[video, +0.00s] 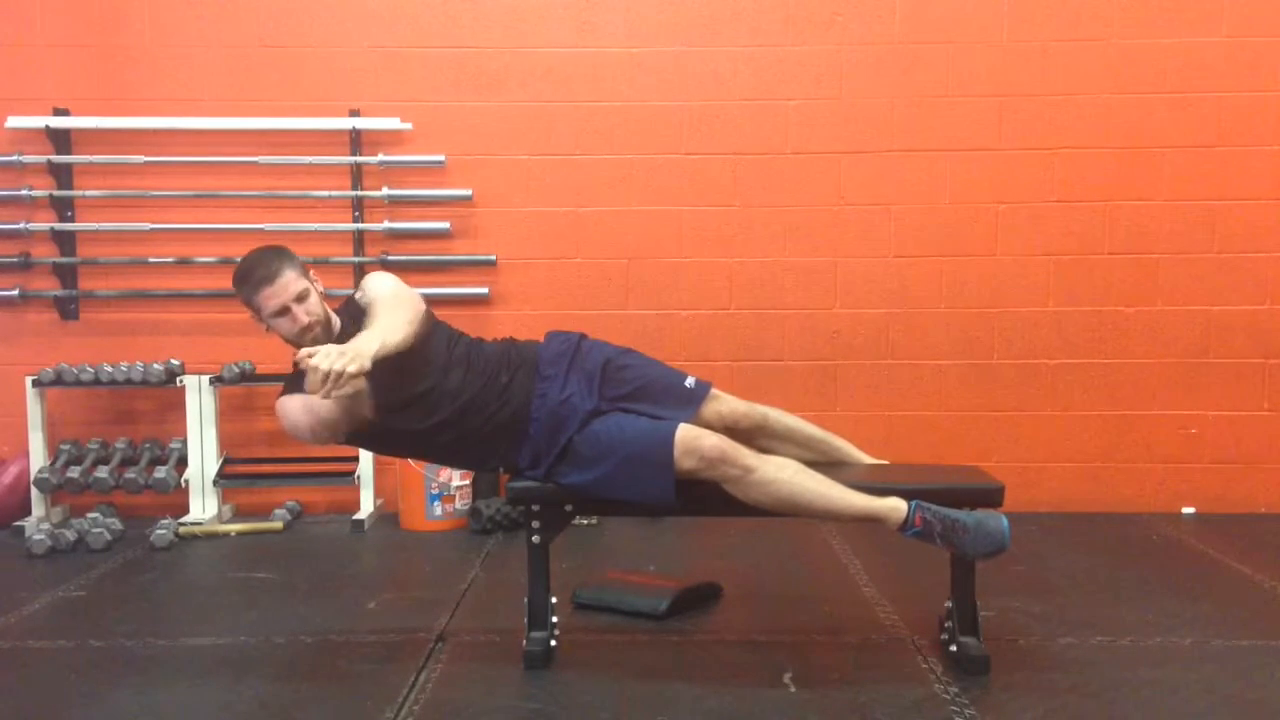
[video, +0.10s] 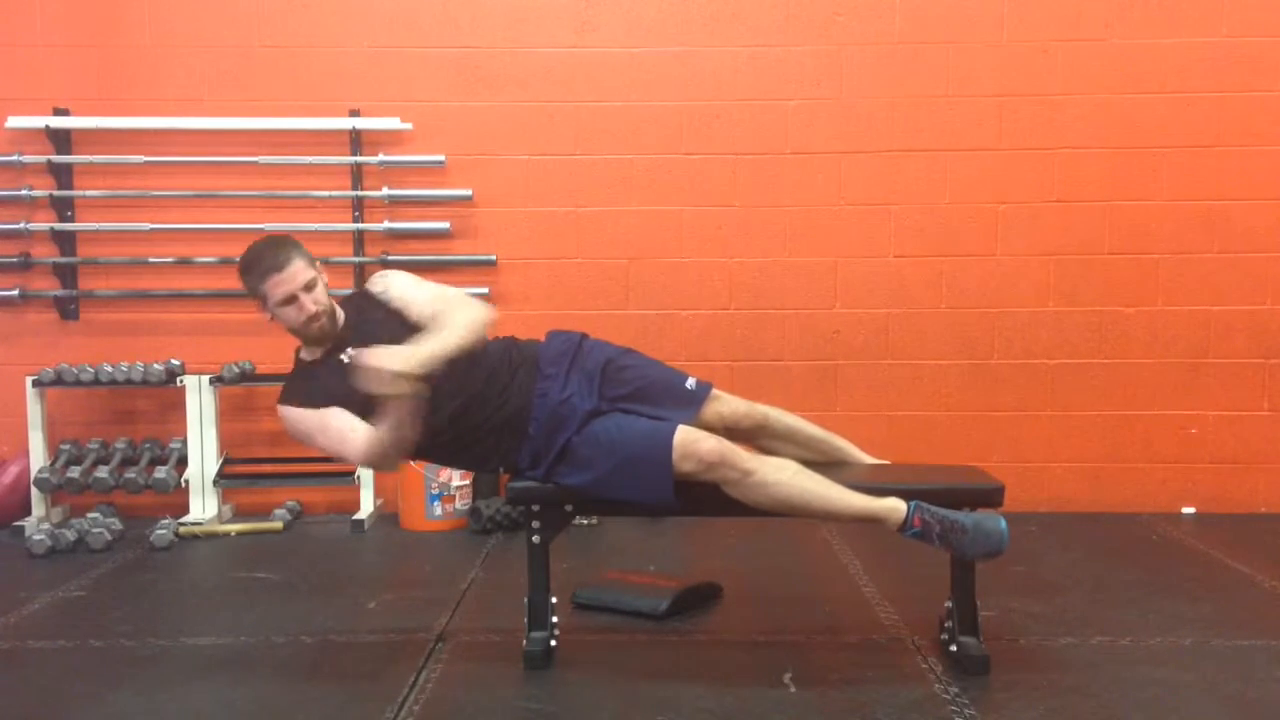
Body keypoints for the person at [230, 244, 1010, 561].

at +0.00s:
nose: (302, 314)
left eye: (302, 295)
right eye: (282, 313)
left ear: (316, 279)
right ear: (264, 329)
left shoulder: (372, 289)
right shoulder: (301, 405)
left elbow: (404, 317)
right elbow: (346, 419)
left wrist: (360, 352)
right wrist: (337, 373)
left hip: (567, 364)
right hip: (546, 445)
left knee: (737, 415)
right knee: (715, 457)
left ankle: (904, 489)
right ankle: (911, 518)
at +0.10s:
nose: (308, 305)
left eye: (309, 287)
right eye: (287, 303)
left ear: (324, 274)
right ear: (268, 318)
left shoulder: (376, 291)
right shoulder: (306, 399)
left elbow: (469, 315)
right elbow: (384, 452)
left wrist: (406, 362)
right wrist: (403, 374)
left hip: (566, 363)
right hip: (541, 442)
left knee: (739, 416)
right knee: (720, 461)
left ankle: (900, 483)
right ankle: (906, 520)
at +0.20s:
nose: (325, 295)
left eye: (327, 277)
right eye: (302, 294)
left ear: (339, 263)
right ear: (279, 307)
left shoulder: (393, 287)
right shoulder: (312, 392)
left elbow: (520, 333)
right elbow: (396, 450)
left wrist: (475, 393)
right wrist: (476, 379)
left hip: (582, 364)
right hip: (547, 443)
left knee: (748, 418)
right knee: (721, 465)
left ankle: (904, 487)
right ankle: (911, 523)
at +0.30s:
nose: (359, 265)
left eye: (361, 247)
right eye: (338, 259)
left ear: (368, 238)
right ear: (302, 271)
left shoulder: (414, 276)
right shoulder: (319, 375)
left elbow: (535, 297)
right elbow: (419, 435)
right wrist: (512, 410)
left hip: (580, 365)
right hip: (543, 444)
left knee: (748, 416)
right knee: (717, 460)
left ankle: (892, 480)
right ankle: (915, 523)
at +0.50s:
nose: (433, 211)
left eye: (430, 198)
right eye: (417, 201)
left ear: (418, 198)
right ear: (369, 209)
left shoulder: (451, 249)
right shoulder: (344, 322)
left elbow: (561, 274)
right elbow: (443, 399)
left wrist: (667, 288)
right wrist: (564, 389)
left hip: (583, 367)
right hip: (547, 434)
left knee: (755, 420)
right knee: (713, 461)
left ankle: (890, 498)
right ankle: (914, 522)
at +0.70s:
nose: (521, 180)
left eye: (523, 165)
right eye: (511, 165)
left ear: (491, 161)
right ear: (463, 160)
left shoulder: (507, 233)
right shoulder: (409, 263)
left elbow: (595, 285)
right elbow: (500, 356)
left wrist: (686, 306)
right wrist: (622, 389)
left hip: (602, 367)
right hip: (555, 426)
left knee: (767, 420)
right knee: (710, 462)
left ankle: (872, 508)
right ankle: (904, 522)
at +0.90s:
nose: (597, 171)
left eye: (601, 157)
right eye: (592, 153)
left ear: (564, 148)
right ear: (547, 142)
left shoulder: (565, 231)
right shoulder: (478, 238)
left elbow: (640, 306)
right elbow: (562, 344)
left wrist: (738, 339)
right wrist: (668, 401)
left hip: (623, 377)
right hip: (572, 421)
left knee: (777, 417)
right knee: (713, 464)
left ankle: (785, 539)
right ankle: (892, 557)